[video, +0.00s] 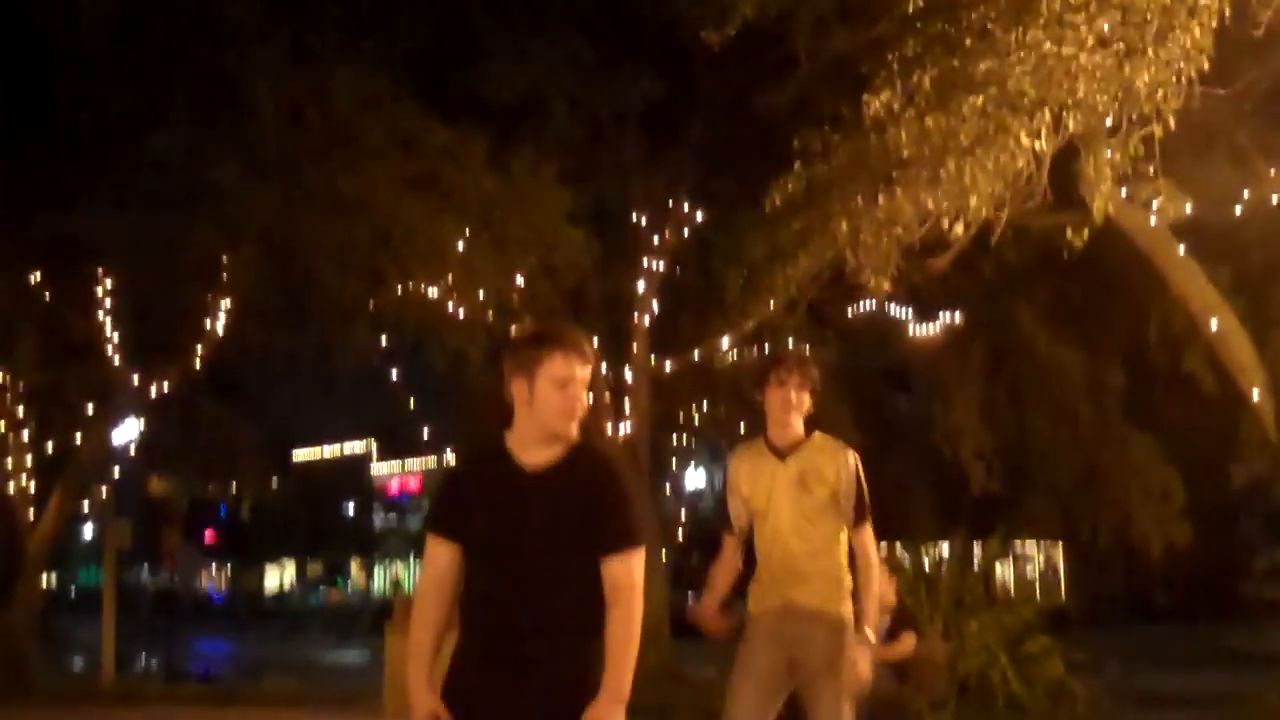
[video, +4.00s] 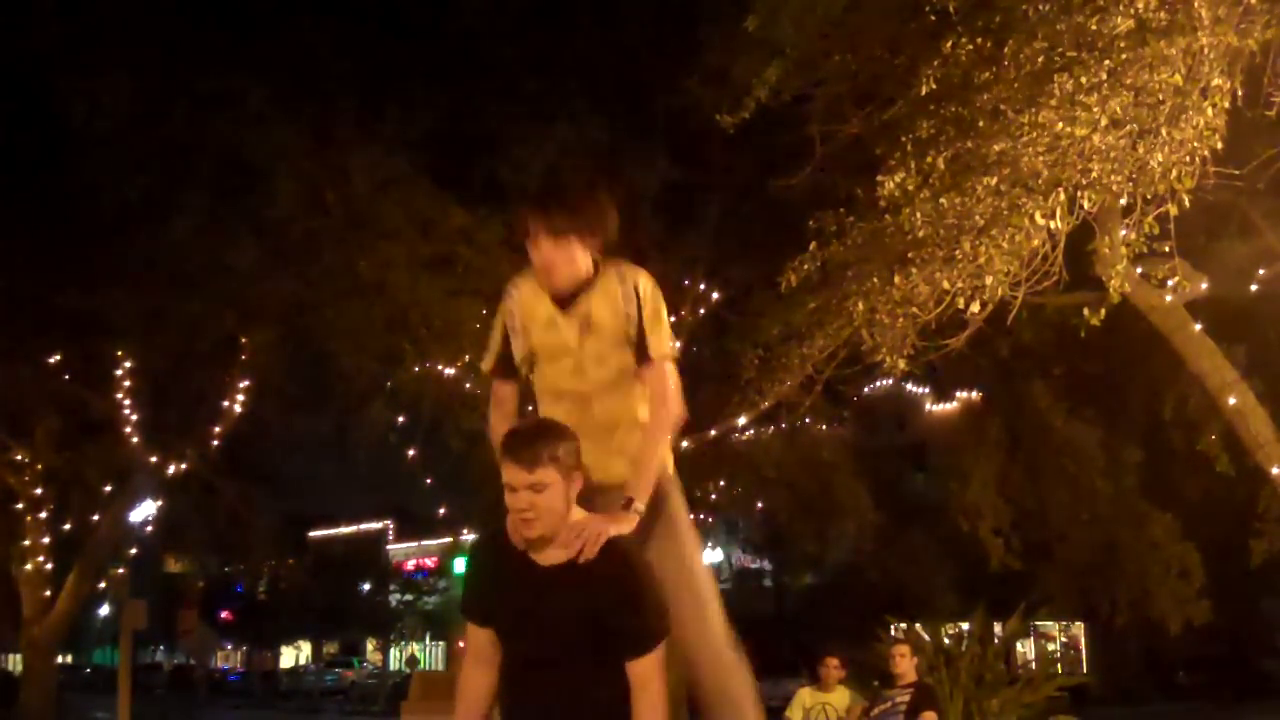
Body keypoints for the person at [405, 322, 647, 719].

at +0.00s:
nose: (580, 401)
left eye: (584, 387)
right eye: (563, 385)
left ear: (591, 393)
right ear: (519, 389)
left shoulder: (603, 481)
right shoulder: (468, 481)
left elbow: (624, 598)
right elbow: (436, 587)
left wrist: (612, 700)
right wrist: (420, 689)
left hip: (571, 698)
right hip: (478, 695)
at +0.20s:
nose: (588, 450)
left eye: (592, 437)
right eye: (571, 436)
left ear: (598, 440)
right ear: (528, 441)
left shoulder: (611, 528)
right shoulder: (479, 523)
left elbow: (625, 648)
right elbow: (449, 638)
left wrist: (602, 715)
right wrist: (441, 712)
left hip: (574, 708)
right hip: (488, 706)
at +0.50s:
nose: (599, 486)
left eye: (605, 473)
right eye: (581, 472)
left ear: (612, 478)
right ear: (540, 478)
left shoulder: (624, 567)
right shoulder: (498, 555)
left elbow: (636, 699)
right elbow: (465, 672)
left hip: (588, 711)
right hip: (506, 711)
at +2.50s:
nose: (598, 487)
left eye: (603, 472)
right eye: (581, 475)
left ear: (610, 472)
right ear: (540, 478)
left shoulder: (626, 554)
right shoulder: (502, 555)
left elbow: (640, 682)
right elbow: (472, 673)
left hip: (601, 712)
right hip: (518, 710)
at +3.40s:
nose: (544, 497)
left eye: (560, 482)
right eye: (533, 483)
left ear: (593, 475)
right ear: (521, 477)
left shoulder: (629, 553)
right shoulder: (509, 554)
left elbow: (646, 684)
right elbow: (481, 672)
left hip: (606, 711)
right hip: (523, 711)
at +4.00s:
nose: (520, 504)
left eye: (537, 489)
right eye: (510, 490)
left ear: (575, 483)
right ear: (501, 486)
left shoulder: (620, 565)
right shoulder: (492, 555)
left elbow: (648, 690)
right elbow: (479, 662)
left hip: (604, 713)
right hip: (521, 712)